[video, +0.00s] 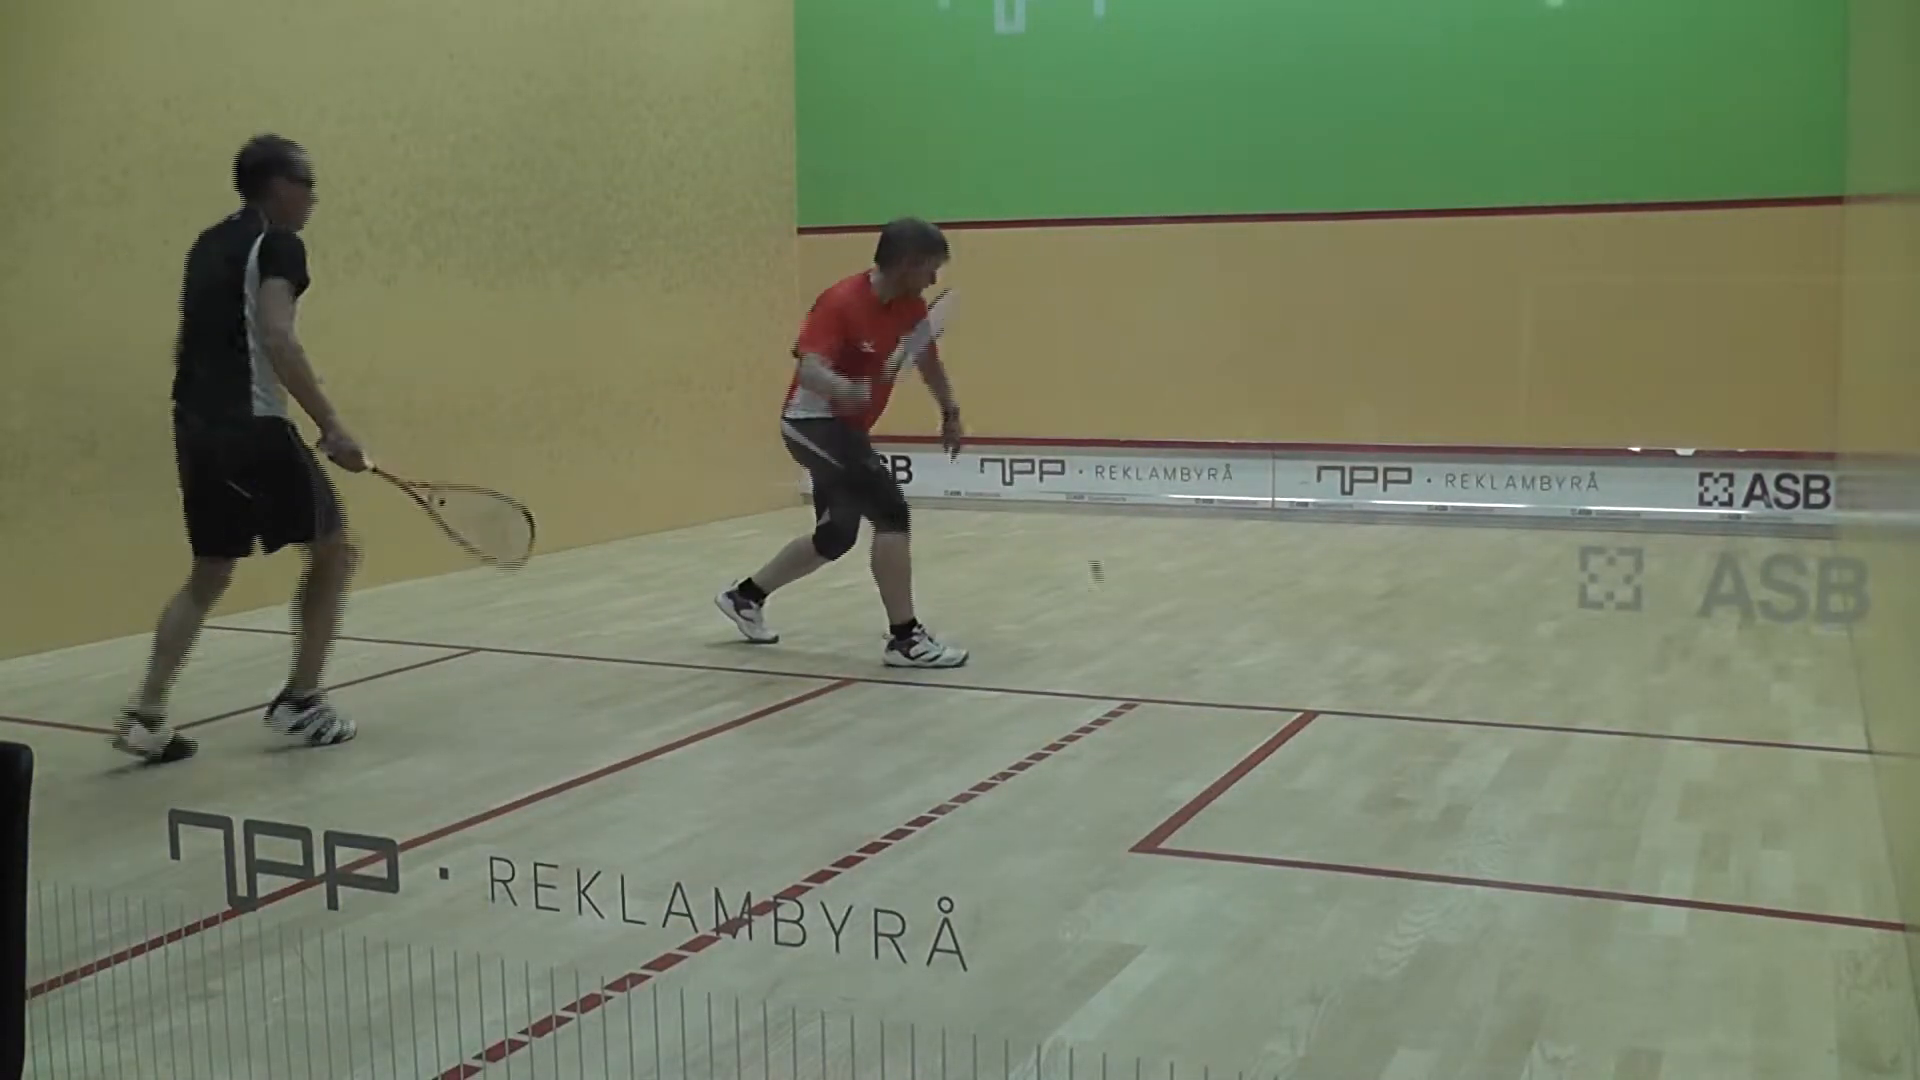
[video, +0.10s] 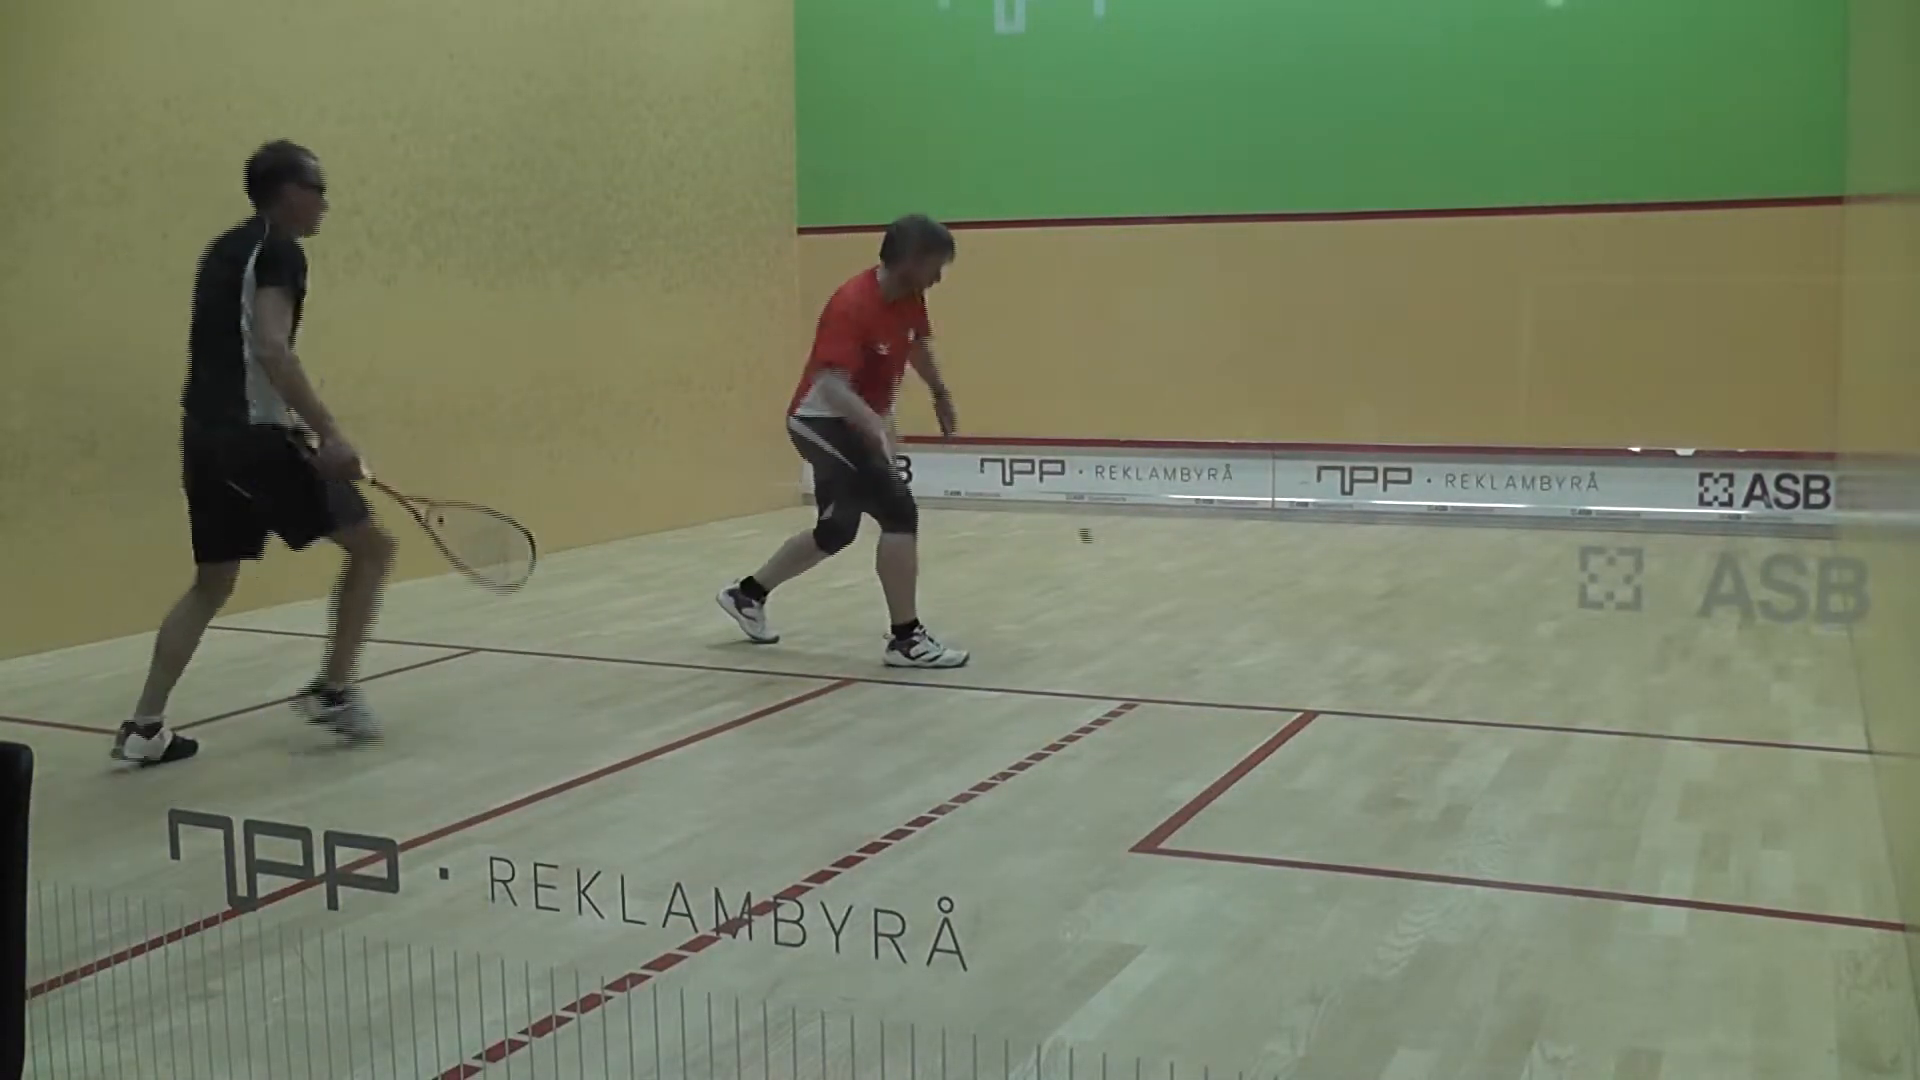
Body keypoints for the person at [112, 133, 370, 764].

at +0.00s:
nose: (312, 198)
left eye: (311, 186)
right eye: (304, 185)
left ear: (256, 190)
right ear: (273, 187)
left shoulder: (209, 243)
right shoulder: (278, 243)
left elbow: (198, 347)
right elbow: (277, 338)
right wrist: (331, 423)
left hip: (197, 434)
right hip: (256, 431)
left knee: (208, 574)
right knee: (336, 550)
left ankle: (145, 714)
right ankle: (301, 701)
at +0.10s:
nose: (324, 202)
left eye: (322, 190)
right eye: (315, 190)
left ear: (271, 194)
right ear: (282, 192)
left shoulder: (223, 250)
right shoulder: (279, 251)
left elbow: (224, 359)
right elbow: (271, 348)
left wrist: (289, 424)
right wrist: (329, 432)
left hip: (206, 443)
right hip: (262, 442)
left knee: (210, 585)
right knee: (372, 549)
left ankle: (144, 725)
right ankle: (335, 688)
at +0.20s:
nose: (351, 209)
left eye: (349, 197)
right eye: (341, 197)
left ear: (302, 204)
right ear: (306, 201)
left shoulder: (257, 259)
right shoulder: (292, 261)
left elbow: (261, 374)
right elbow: (283, 369)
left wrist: (320, 427)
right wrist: (332, 452)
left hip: (239, 457)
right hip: (281, 453)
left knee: (227, 590)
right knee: (403, 551)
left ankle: (145, 723)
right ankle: (402, 709)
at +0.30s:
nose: (380, 207)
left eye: (378, 196)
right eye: (371, 195)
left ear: (331, 202)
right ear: (342, 200)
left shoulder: (291, 259)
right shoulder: (322, 262)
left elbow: (280, 379)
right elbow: (310, 370)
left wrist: (349, 423)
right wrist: (360, 452)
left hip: (274, 453)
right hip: (313, 450)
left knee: (239, 586)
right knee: (427, 555)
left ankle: (150, 717)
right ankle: (425, 711)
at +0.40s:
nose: (445, 210)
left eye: (443, 199)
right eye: (433, 199)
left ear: (405, 209)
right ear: (402, 207)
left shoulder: (379, 263)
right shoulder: (384, 269)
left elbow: (378, 378)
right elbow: (379, 382)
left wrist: (417, 431)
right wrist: (434, 452)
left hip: (341, 453)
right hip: (376, 454)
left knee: (277, 578)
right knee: (469, 575)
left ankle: (171, 699)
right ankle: (398, 711)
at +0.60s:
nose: (599, 251)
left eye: (598, 239)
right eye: (589, 241)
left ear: (558, 247)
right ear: (561, 246)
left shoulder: (523, 290)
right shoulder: (541, 307)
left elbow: (455, 350)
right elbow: (575, 416)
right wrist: (640, 482)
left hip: (471, 462)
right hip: (469, 466)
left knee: (523, 598)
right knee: (504, 609)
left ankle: (384, 649)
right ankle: (391, 713)